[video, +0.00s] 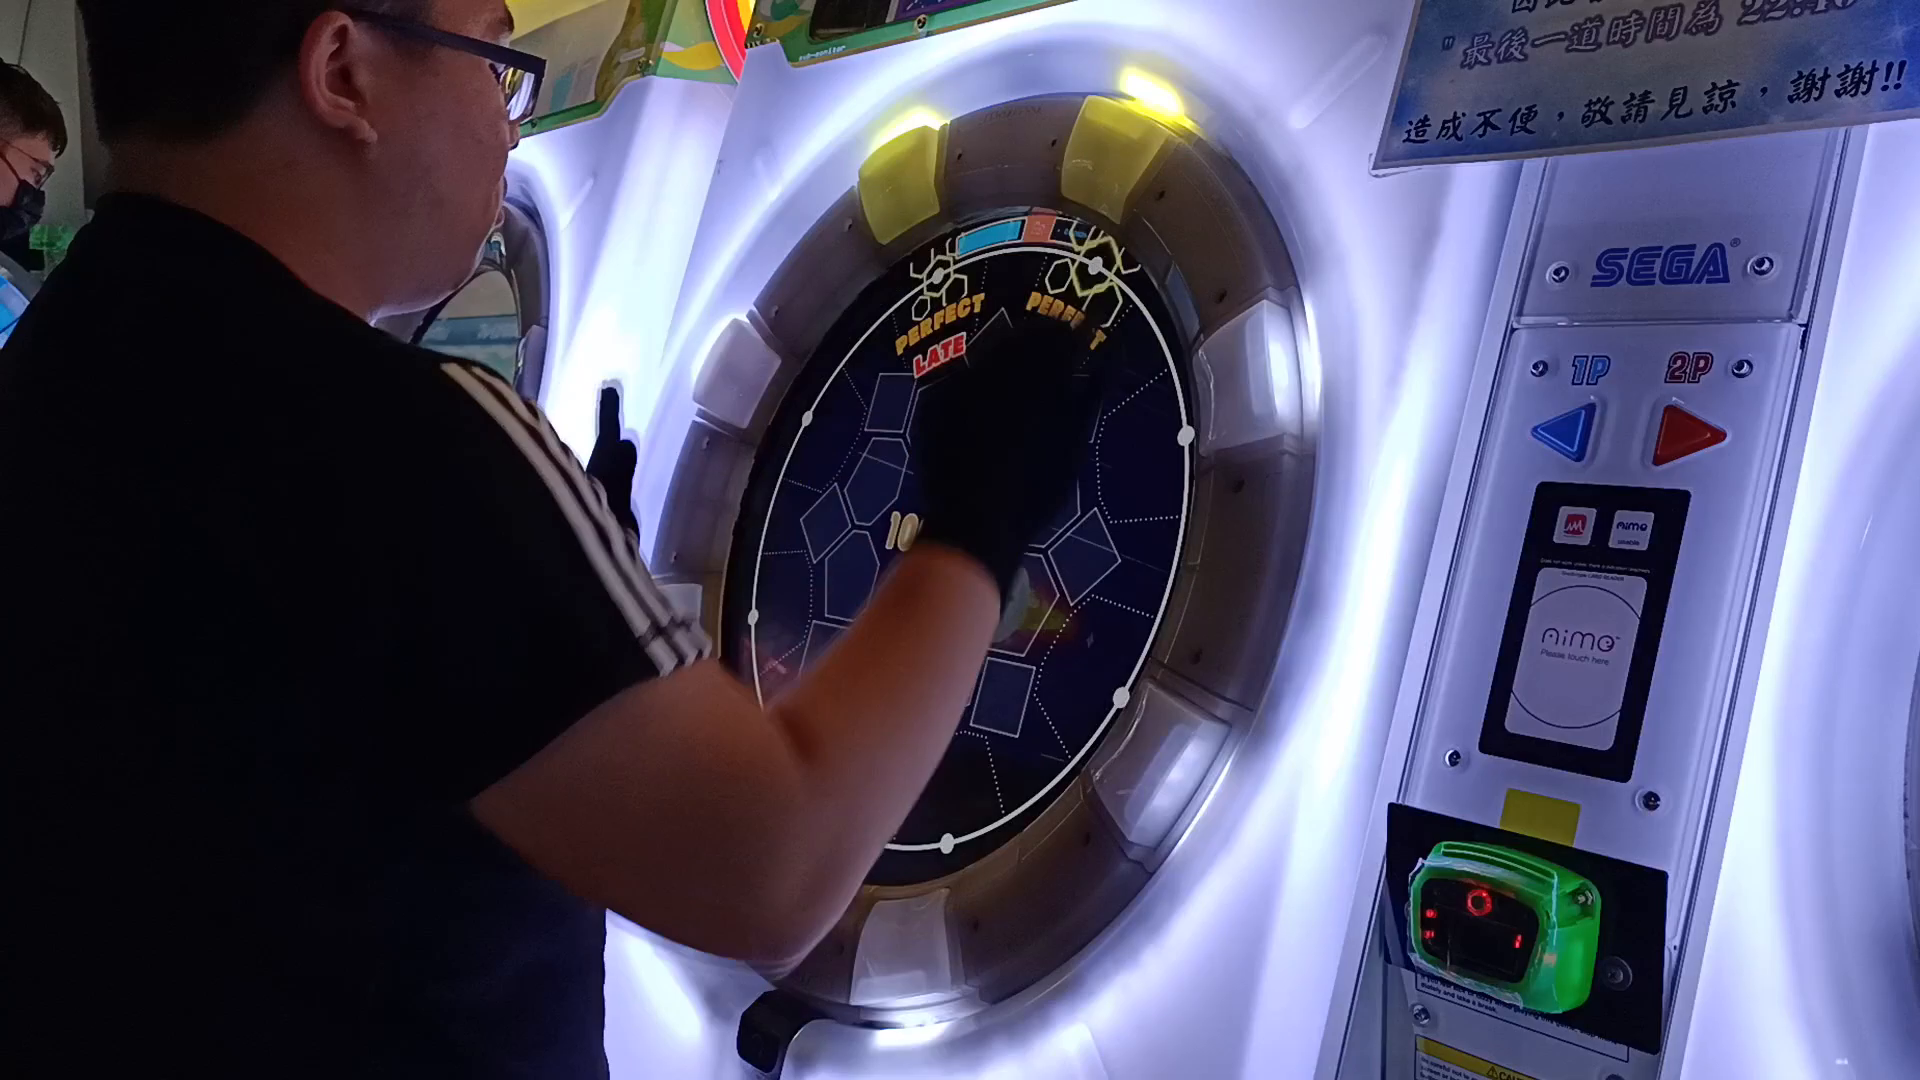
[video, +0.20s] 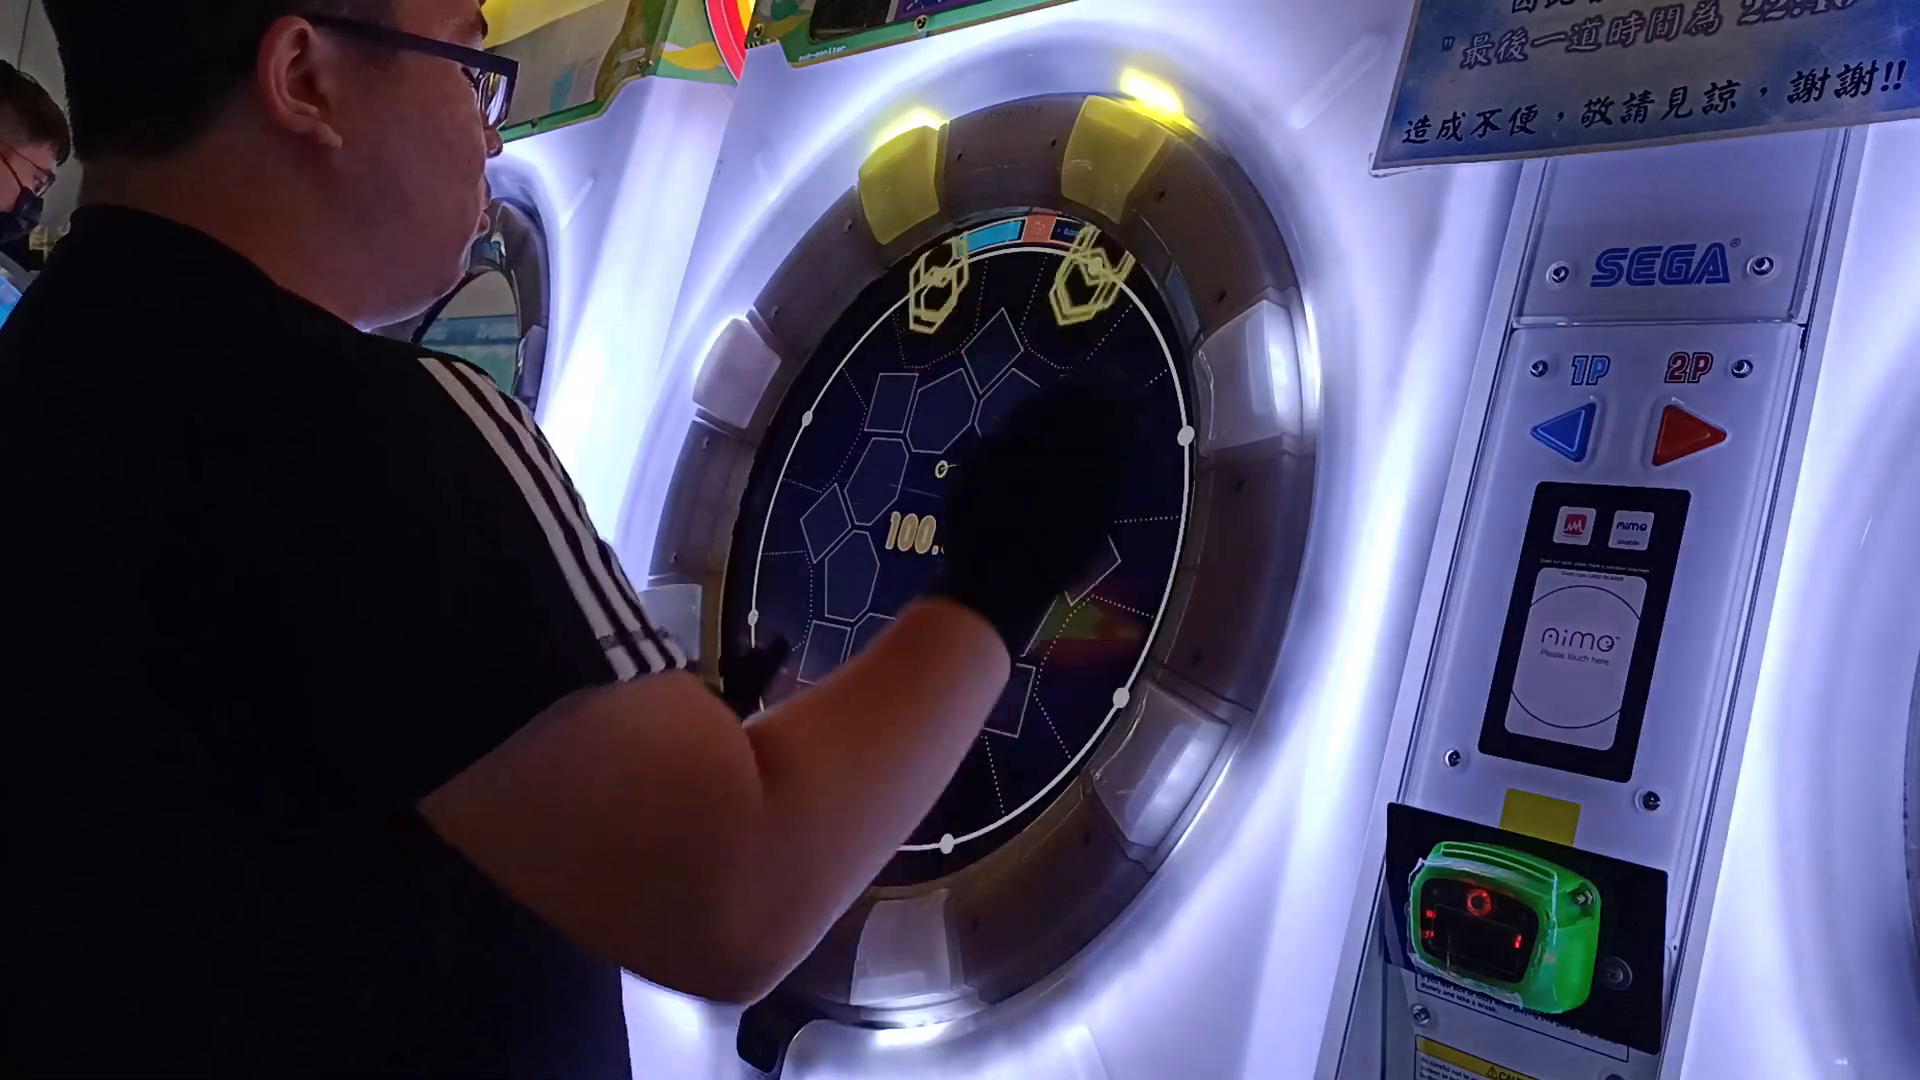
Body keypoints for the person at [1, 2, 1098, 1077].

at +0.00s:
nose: (513, 128)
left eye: (508, 71)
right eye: (494, 62)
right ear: (342, 75)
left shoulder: (40, 383)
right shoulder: (391, 440)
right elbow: (775, 871)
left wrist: (544, 572)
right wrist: (975, 530)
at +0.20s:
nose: (495, 140)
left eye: (488, 83)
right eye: (475, 73)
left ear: (306, 81)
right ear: (304, 83)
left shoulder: (41, 384)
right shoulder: (360, 432)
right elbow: (735, 896)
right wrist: (994, 583)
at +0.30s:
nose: (491, 136)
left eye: (485, 73)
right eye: (471, 64)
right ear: (297, 78)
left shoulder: (44, 383)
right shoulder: (377, 429)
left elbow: (237, 869)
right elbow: (829, 805)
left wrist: (623, 960)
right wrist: (1046, 530)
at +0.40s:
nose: (489, 117)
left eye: (484, 68)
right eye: (464, 59)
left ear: (294, 70)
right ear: (297, 73)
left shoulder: (45, 359)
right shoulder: (375, 407)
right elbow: (864, 712)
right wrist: (1092, 484)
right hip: (435, 1046)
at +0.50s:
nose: (497, 102)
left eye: (490, 51)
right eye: (477, 44)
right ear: (316, 55)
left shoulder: (51, 329)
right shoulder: (373, 376)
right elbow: (891, 589)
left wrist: (694, 405)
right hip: (409, 1039)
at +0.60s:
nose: (492, 101)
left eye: (486, 56)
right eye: (473, 49)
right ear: (310, 60)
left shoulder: (46, 300)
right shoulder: (406, 388)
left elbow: (466, 419)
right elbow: (910, 473)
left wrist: (774, 258)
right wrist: (1027, 244)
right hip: (409, 1043)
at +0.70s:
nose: (489, 114)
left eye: (485, 69)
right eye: (470, 63)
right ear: (310, 77)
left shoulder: (35, 302)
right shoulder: (390, 404)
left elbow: (447, 500)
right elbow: (838, 624)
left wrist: (719, 303)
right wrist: (945, 383)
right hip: (398, 1044)